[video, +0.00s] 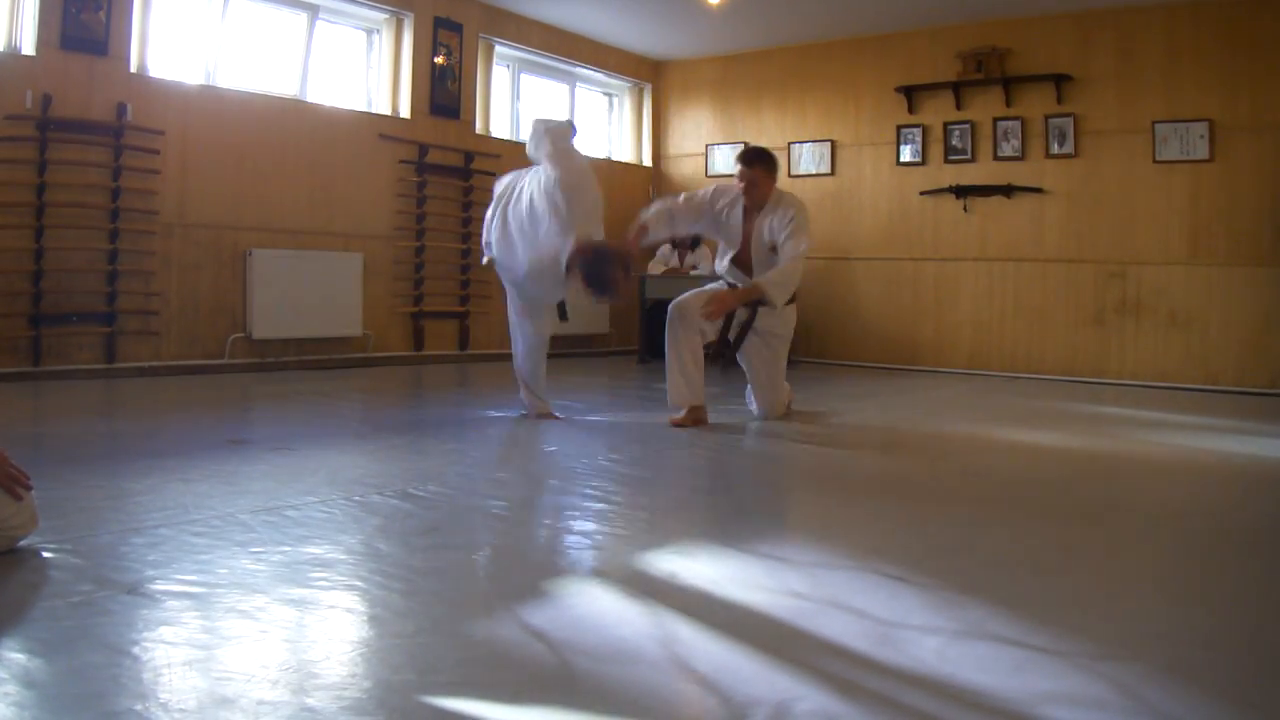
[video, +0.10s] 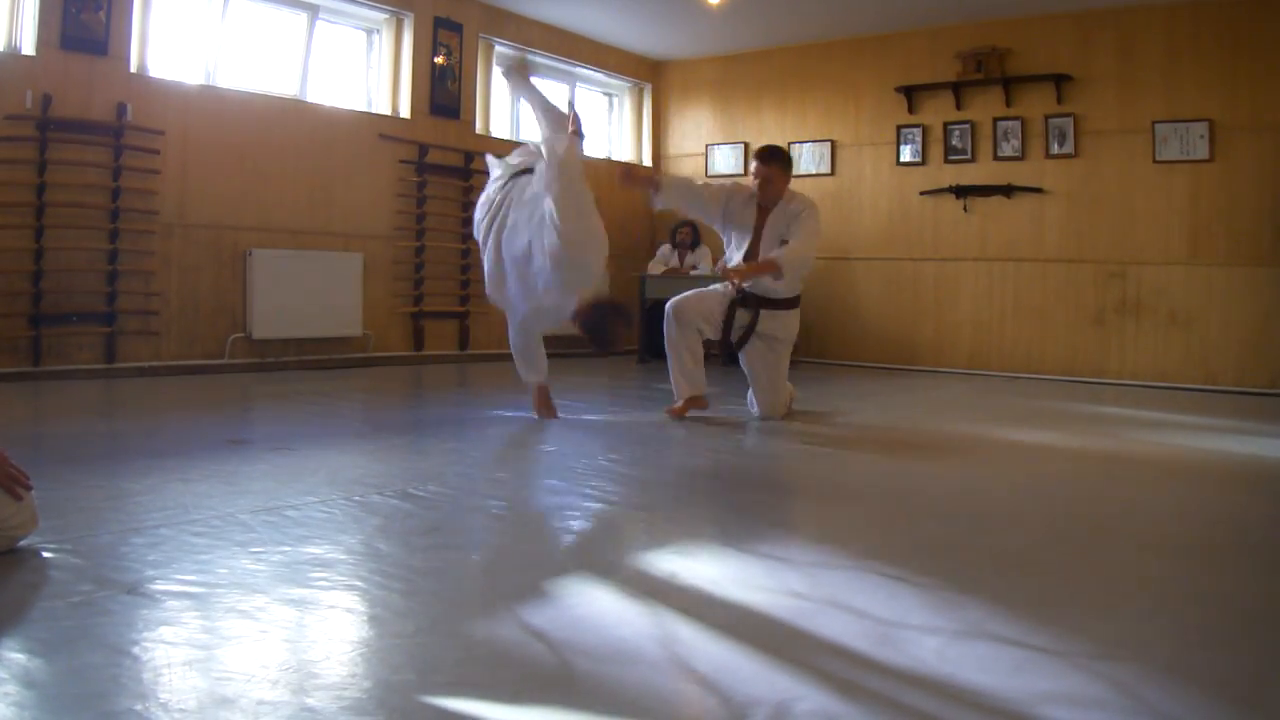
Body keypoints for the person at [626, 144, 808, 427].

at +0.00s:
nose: (743, 189)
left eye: (752, 183)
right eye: (741, 180)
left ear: (771, 182)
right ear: (736, 177)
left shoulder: (790, 211)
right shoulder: (723, 199)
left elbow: (790, 272)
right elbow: (673, 208)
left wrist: (738, 297)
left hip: (771, 304)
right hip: (728, 289)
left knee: (768, 408)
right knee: (682, 311)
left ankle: (779, 395)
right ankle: (694, 407)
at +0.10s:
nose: (759, 185)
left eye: (766, 180)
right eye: (756, 178)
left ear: (786, 179)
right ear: (751, 175)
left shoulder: (803, 211)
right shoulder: (735, 198)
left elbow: (797, 256)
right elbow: (692, 191)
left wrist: (748, 270)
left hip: (774, 311)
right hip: (731, 298)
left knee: (767, 410)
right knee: (679, 310)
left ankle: (785, 394)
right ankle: (692, 395)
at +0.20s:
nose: (768, 183)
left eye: (777, 177)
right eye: (765, 175)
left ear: (795, 178)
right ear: (759, 173)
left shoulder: (809, 208)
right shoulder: (740, 199)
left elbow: (801, 232)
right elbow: (694, 178)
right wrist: (656, 153)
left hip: (777, 314)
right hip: (735, 297)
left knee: (768, 409)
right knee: (673, 307)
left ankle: (785, 394)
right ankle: (697, 388)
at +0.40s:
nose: (771, 182)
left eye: (780, 177)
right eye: (768, 175)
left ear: (797, 181)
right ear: (763, 175)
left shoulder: (808, 209)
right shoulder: (747, 204)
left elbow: (813, 223)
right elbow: (706, 202)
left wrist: (797, 218)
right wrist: (669, 191)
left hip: (777, 314)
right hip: (736, 299)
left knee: (766, 409)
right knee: (680, 312)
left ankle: (789, 391)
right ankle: (719, 391)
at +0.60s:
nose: (753, 170)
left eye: (762, 164)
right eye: (749, 163)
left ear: (778, 169)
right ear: (744, 166)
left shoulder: (796, 204)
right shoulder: (727, 204)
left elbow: (837, 244)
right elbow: (674, 218)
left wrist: (803, 250)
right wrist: (673, 241)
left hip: (776, 303)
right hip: (734, 294)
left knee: (763, 407)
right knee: (697, 324)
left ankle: (790, 388)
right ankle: (724, 404)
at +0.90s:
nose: (756, 127)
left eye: (764, 122)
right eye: (751, 122)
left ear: (779, 130)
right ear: (744, 129)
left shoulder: (795, 167)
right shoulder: (728, 168)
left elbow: (814, 223)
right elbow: (706, 207)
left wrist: (774, 245)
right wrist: (720, 225)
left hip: (780, 263)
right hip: (734, 259)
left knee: (774, 354)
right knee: (711, 316)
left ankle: (788, 389)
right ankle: (726, 402)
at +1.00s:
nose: (760, 110)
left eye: (769, 105)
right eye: (755, 104)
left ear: (782, 112)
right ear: (747, 110)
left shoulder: (799, 149)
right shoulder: (730, 149)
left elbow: (815, 202)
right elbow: (715, 183)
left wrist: (773, 220)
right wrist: (726, 189)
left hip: (786, 248)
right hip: (741, 245)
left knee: (782, 323)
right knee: (721, 317)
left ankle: (783, 386)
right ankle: (726, 402)